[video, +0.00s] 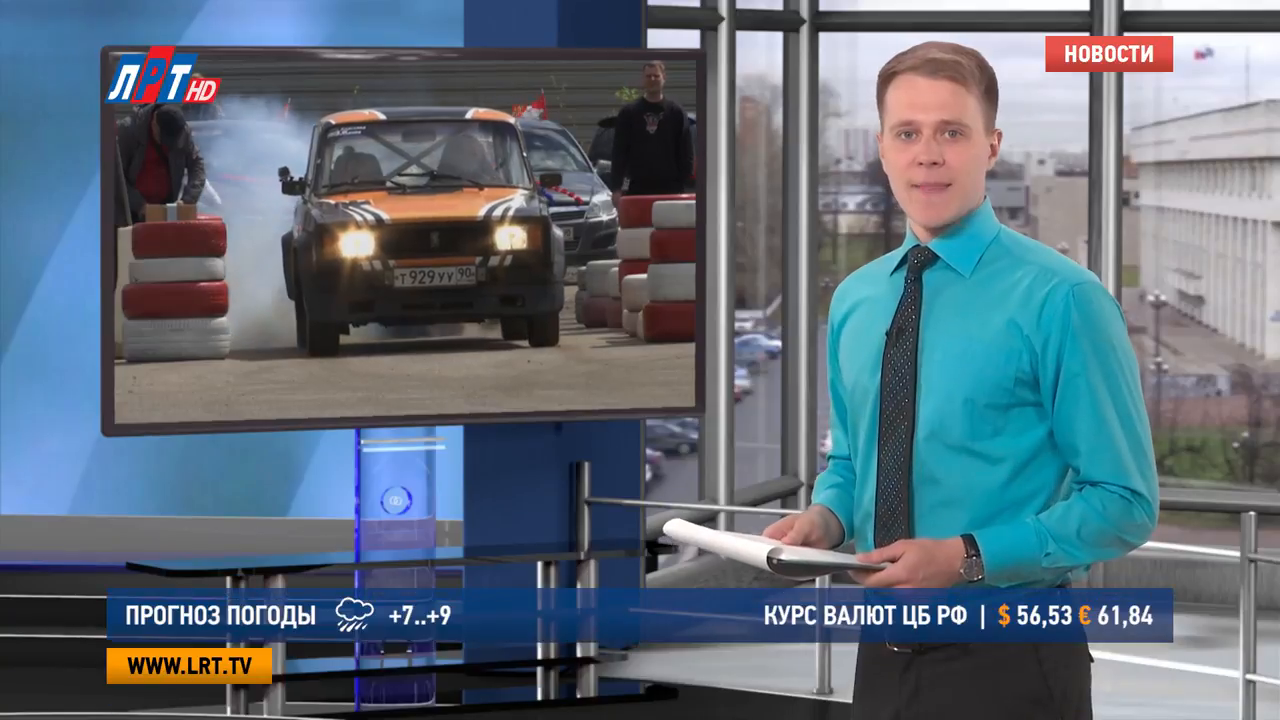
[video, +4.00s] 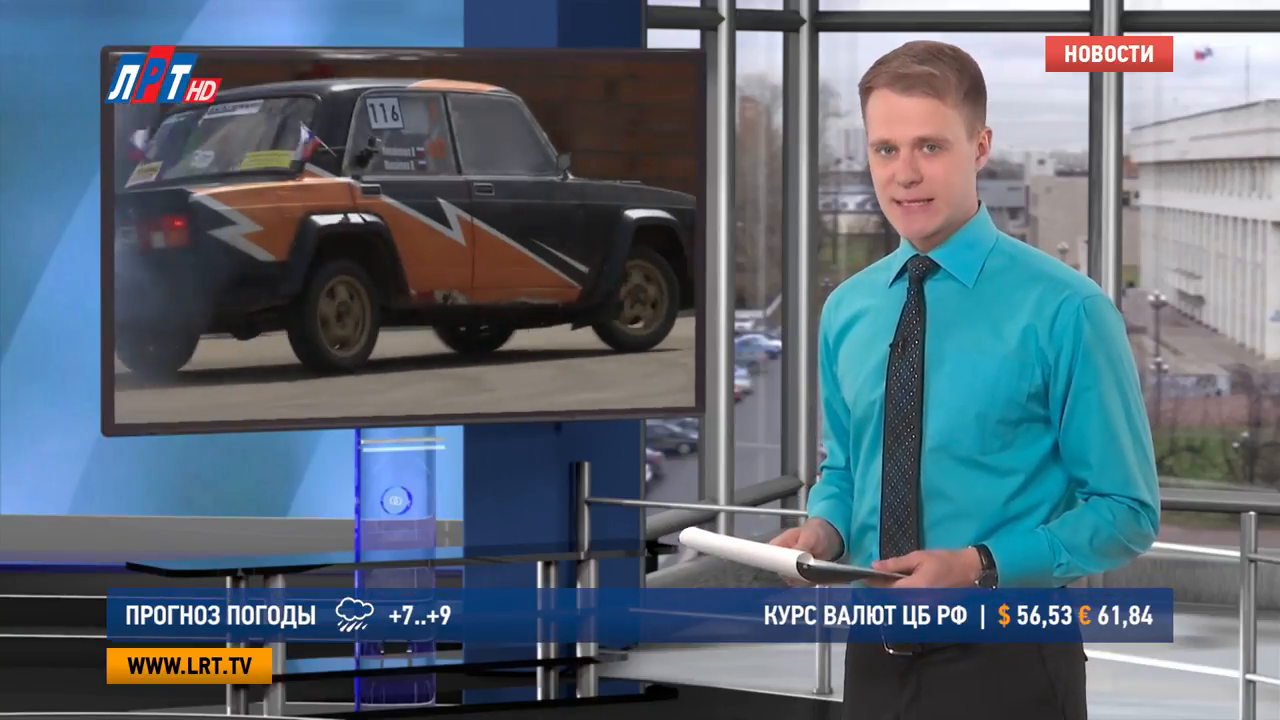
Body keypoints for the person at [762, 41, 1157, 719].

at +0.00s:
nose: (928, 155)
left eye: (951, 132)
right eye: (907, 133)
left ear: (991, 146)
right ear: (882, 148)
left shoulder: (1062, 298)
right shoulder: (855, 299)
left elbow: (1126, 501)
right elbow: (849, 464)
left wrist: (969, 557)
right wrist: (822, 519)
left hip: (1013, 658)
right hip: (884, 655)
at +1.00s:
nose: (921, 165)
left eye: (946, 140)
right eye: (901, 141)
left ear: (988, 147)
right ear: (878, 150)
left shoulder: (1065, 304)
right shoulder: (848, 303)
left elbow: (1124, 507)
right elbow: (839, 466)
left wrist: (973, 563)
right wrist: (817, 522)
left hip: (1009, 663)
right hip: (878, 659)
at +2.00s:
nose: (928, 149)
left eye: (953, 129)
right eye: (909, 128)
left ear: (990, 149)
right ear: (879, 145)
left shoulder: (1062, 306)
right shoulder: (843, 306)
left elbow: (1121, 509)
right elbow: (834, 469)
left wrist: (974, 563)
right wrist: (813, 526)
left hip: (1005, 659)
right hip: (873, 655)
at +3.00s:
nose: (941, 156)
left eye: (965, 135)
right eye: (920, 132)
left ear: (999, 149)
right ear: (888, 146)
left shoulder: (1072, 309)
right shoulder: (850, 306)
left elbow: (1132, 509)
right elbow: (842, 464)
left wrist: (988, 564)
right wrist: (820, 528)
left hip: (1008, 661)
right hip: (877, 657)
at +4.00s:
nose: (905, 173)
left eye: (930, 146)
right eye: (885, 150)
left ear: (980, 147)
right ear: (867, 156)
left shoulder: (1066, 309)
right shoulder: (846, 309)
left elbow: (1127, 509)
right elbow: (842, 470)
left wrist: (981, 565)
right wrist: (819, 530)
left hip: (1006, 661)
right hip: (875, 659)